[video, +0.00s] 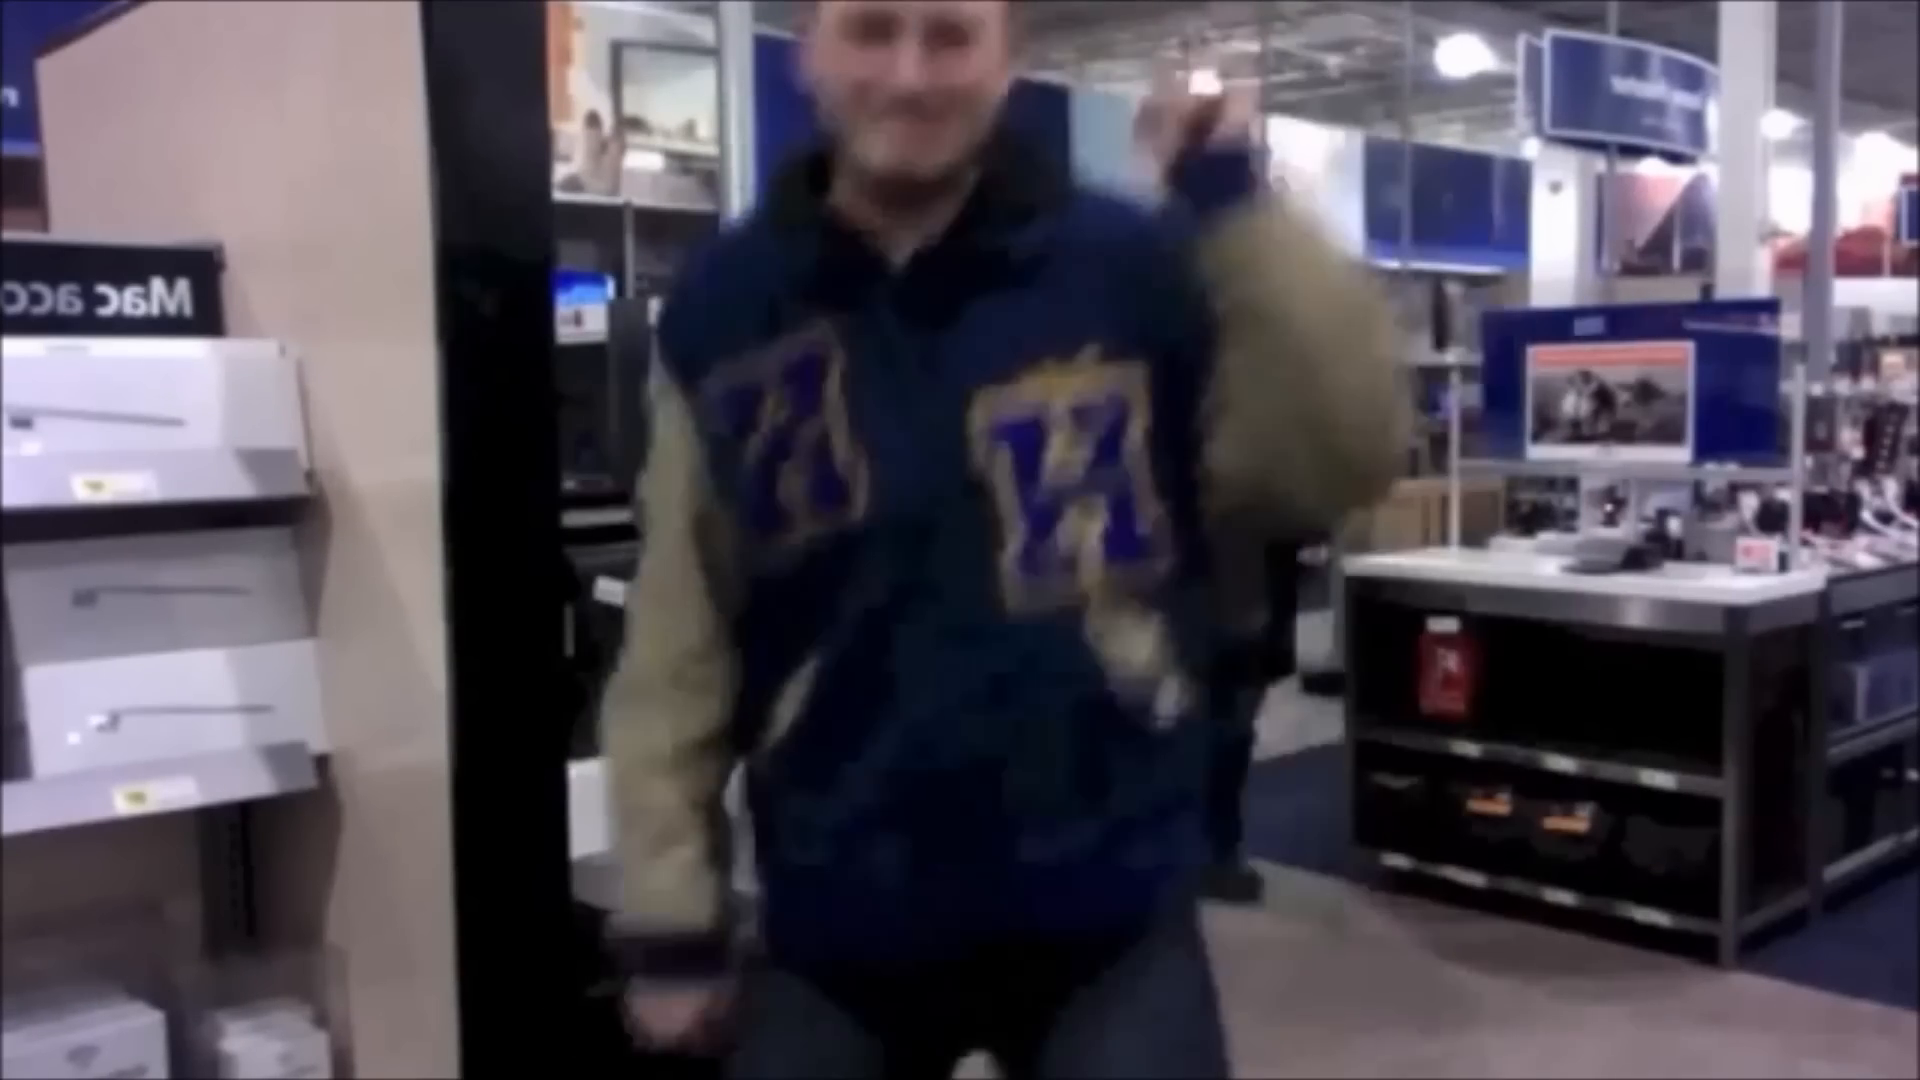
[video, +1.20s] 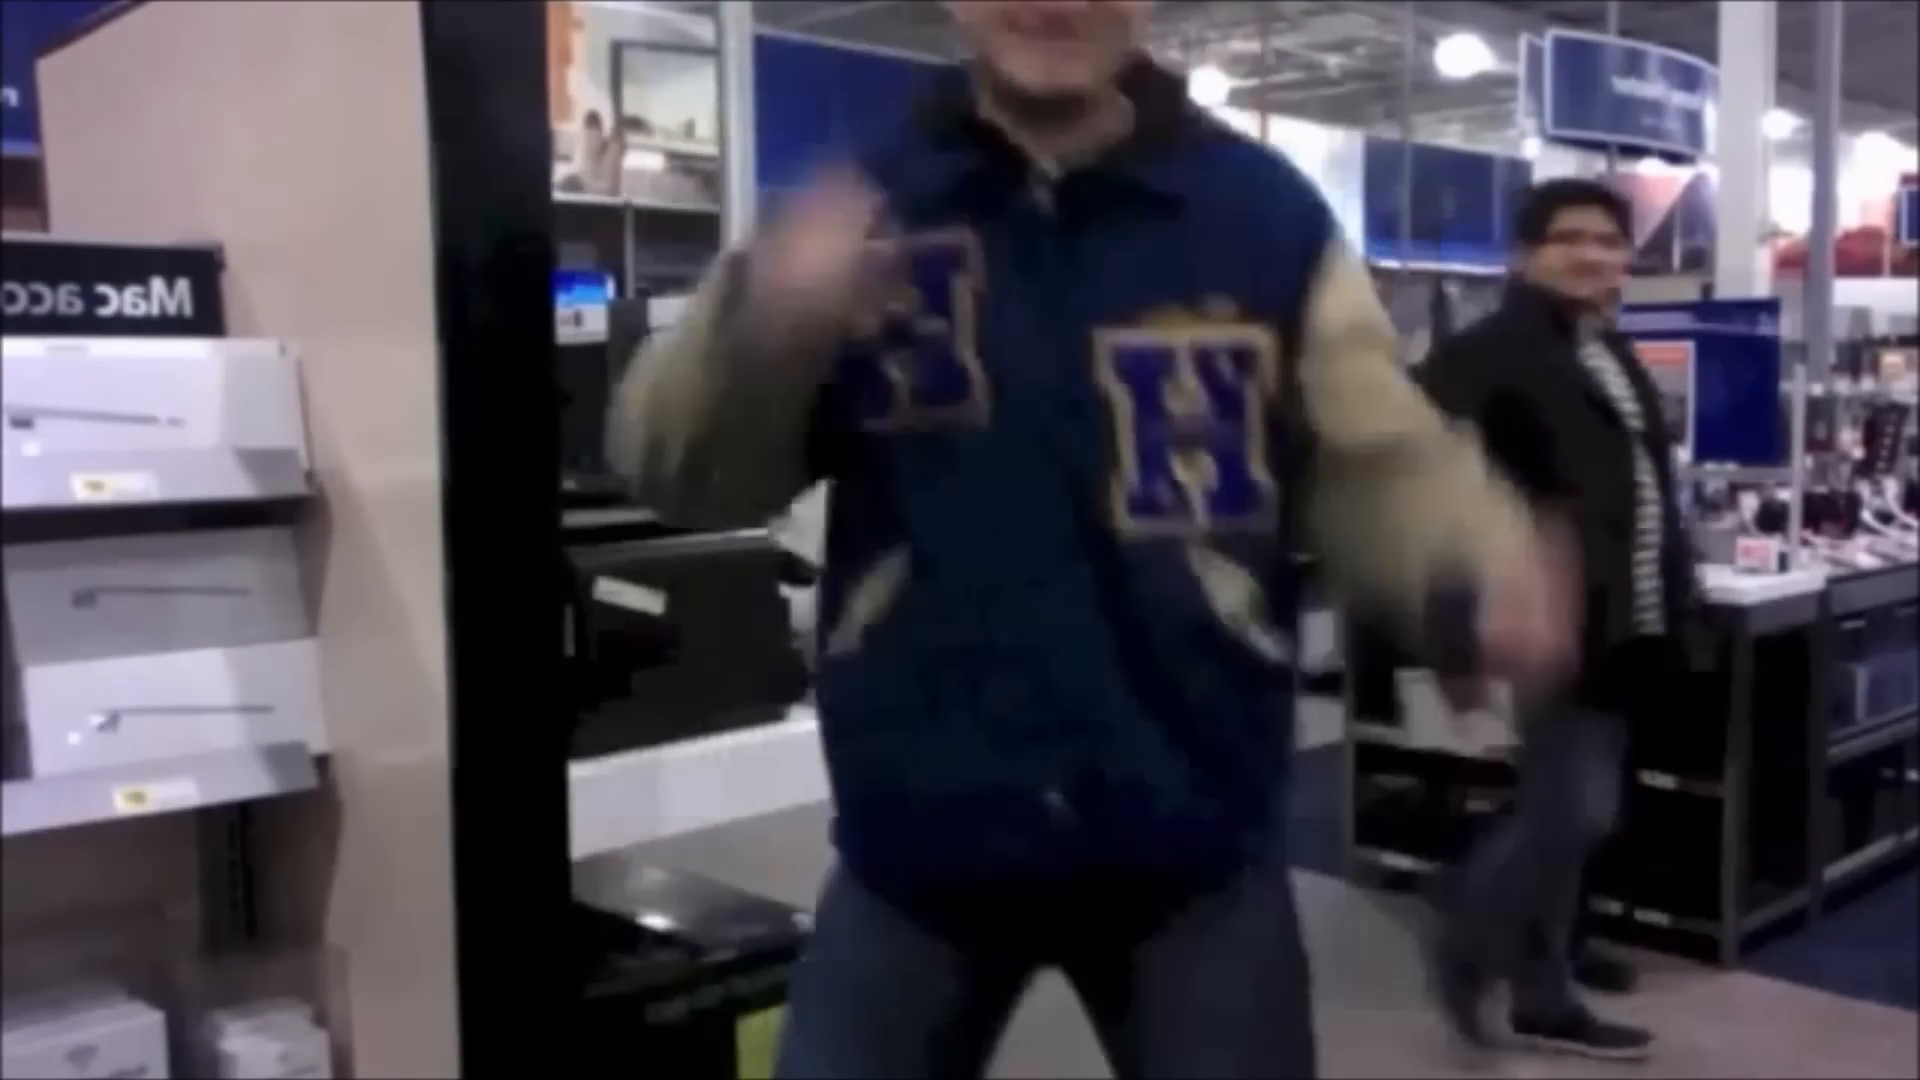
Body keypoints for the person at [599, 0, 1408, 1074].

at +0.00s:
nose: (909, 75)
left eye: (951, 37)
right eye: (871, 32)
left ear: (1010, 54)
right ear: (808, 50)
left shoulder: (1133, 270)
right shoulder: (729, 313)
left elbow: (1343, 462)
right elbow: (675, 647)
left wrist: (1238, 209)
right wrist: (669, 928)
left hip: (1104, 902)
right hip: (846, 908)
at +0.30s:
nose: (906, 67)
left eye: (935, 30)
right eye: (862, 26)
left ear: (968, 46)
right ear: (766, 38)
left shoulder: (1085, 249)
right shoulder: (678, 302)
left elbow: (1321, 410)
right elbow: (612, 621)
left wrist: (1207, 170)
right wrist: (631, 881)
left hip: (1067, 862)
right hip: (807, 877)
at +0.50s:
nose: (954, 152)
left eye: (981, 113)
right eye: (912, 110)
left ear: (1013, 121)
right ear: (814, 119)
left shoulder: (1116, 335)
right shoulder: (722, 375)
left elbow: (1219, 577)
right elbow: (614, 600)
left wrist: (1274, 615)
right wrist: (580, 736)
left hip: (1093, 957)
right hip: (833, 964)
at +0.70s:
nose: (1045, 85)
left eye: (1070, 52)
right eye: (1000, 46)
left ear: (1096, 72)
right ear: (901, 63)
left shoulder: (1193, 309)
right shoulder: (794, 292)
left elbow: (1278, 623)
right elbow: (594, 473)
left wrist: (1315, 897)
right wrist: (695, 202)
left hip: (1133, 911)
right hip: (863, 908)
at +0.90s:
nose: (1214, 172)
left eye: (1246, 133)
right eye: (1171, 129)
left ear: (1277, 149)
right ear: (1075, 137)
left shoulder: (1347, 394)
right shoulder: (955, 335)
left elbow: (1399, 736)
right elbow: (718, 488)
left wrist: (1407, 1014)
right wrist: (894, 245)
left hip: (1250, 1009)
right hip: (979, 1001)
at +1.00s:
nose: (1214, 184)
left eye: (1247, 147)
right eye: (1170, 144)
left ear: (1281, 167)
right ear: (1081, 159)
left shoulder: (1352, 405)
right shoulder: (965, 358)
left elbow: (1414, 749)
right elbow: (721, 499)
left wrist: (1426, 1029)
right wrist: (903, 271)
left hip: (1264, 1021)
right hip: (989, 1013)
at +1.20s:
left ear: (1144, 9)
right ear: (956, 4)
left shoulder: (1257, 209)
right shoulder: (866, 202)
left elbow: (1377, 457)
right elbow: (681, 474)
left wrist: (1484, 557)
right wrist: (765, 318)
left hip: (1190, 835)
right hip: (932, 832)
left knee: (1247, 1060)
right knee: (835, 1064)